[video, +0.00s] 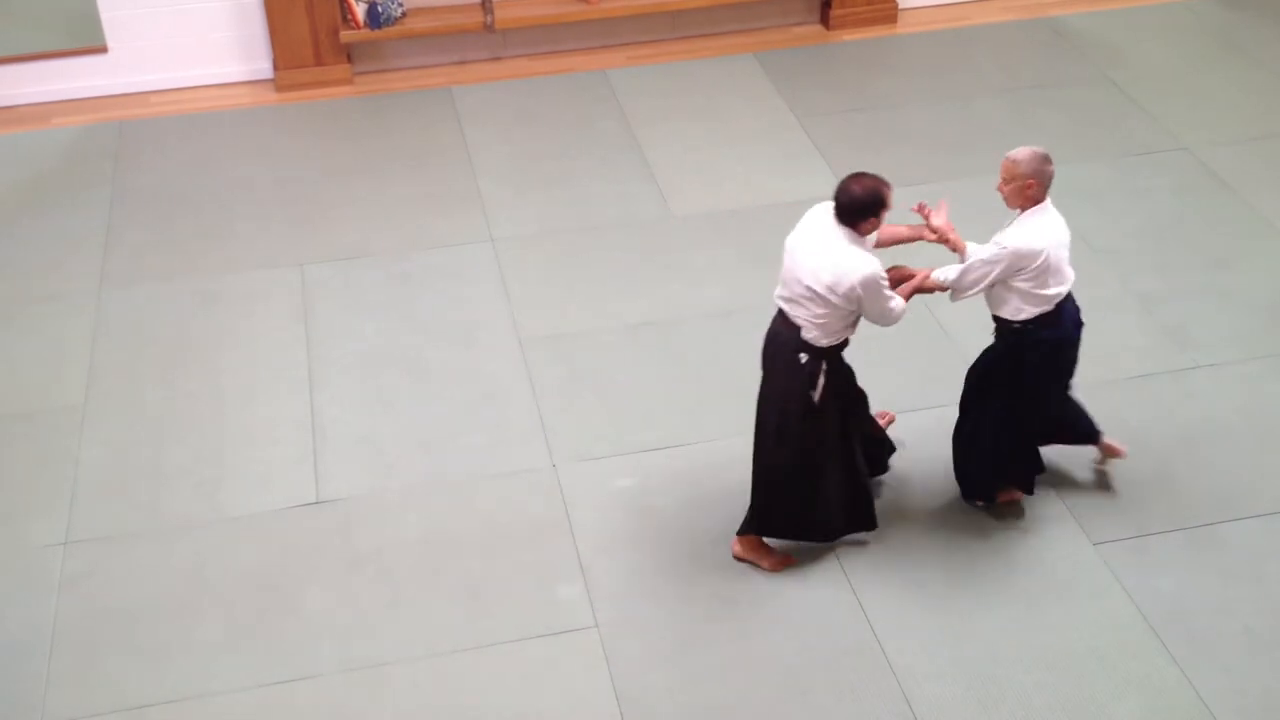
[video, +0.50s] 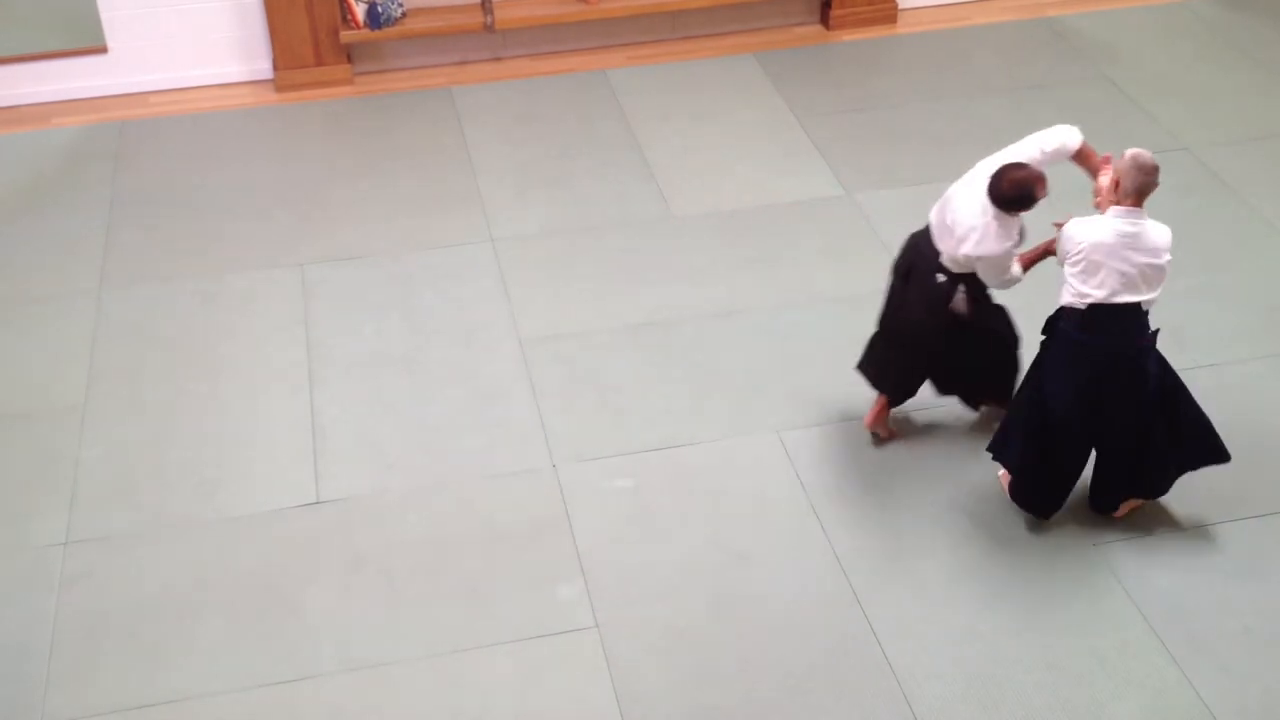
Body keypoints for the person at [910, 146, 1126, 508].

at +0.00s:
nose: (999, 187)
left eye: (1006, 181)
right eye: (1001, 179)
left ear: (1031, 189)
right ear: (1033, 188)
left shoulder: (1020, 241)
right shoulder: (1049, 219)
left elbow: (966, 277)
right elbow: (995, 259)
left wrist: (917, 280)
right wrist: (952, 239)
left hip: (1030, 339)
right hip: (1059, 324)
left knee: (986, 396)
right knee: (1042, 399)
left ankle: (1005, 485)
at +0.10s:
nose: (1021, 182)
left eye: (1027, 176)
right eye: (1024, 174)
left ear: (1048, 186)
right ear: (1058, 186)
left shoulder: (1032, 240)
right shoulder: (1075, 222)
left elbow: (980, 270)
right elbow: (1015, 259)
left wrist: (936, 266)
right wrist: (979, 231)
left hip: (1042, 341)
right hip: (1084, 329)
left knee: (988, 387)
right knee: (1090, 397)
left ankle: (1004, 483)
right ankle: (1128, 466)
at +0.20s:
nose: (1046, 179)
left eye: (1050, 173)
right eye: (1049, 172)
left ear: (1065, 184)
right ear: (1089, 184)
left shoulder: (1044, 237)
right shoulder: (1103, 226)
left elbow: (994, 263)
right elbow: (1046, 251)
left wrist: (961, 257)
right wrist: (1009, 221)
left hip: (1052, 343)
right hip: (1101, 335)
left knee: (1004, 392)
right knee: (1100, 409)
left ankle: (1002, 482)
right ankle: (1122, 487)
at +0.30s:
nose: (1072, 179)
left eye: (1075, 174)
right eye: (1074, 173)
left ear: (1087, 184)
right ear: (1116, 185)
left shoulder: (1058, 234)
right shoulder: (1129, 230)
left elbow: (1014, 255)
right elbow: (1078, 242)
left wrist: (997, 245)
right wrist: (1044, 215)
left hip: (1063, 339)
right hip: (1118, 336)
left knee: (1018, 404)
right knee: (1116, 411)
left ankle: (1007, 485)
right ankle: (1124, 488)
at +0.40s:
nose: (1094, 177)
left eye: (1097, 172)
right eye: (1097, 171)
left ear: (1105, 182)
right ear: (1139, 187)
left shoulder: (1074, 231)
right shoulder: (1149, 232)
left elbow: (1038, 251)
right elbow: (1101, 241)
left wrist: (1031, 237)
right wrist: (1076, 208)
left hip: (1074, 336)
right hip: (1126, 336)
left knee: (1040, 404)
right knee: (1128, 412)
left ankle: (1015, 480)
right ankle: (1127, 493)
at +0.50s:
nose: (1102, 176)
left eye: (1106, 173)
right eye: (1104, 172)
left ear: (1116, 185)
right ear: (1150, 191)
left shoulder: (1079, 230)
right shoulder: (1161, 237)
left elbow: (1064, 251)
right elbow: (1125, 241)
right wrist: (1109, 209)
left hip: (1077, 336)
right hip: (1131, 339)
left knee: (1052, 409)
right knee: (1132, 419)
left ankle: (1029, 488)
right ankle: (1124, 492)